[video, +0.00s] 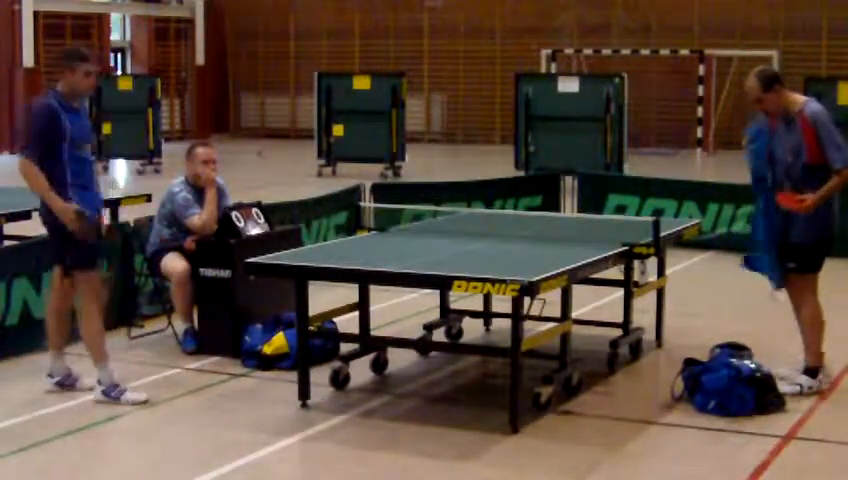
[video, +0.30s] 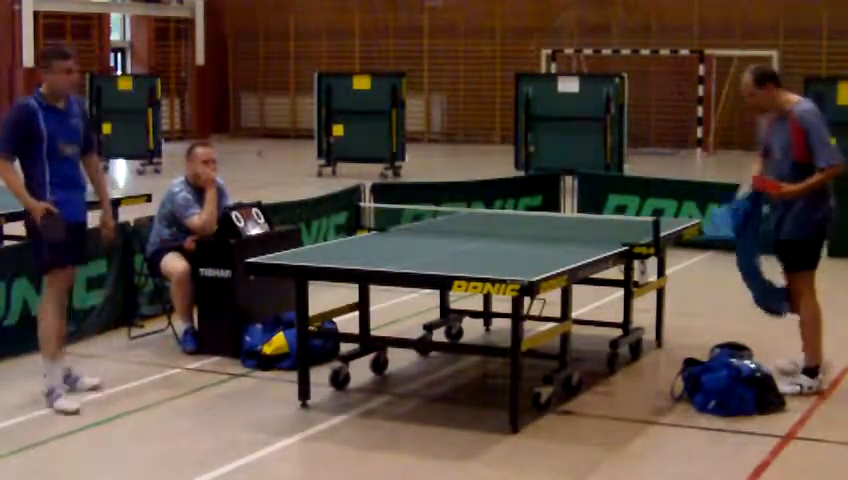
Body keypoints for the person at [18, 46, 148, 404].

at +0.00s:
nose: (92, 82)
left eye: (94, 76)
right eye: (87, 75)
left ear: (90, 79)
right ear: (66, 74)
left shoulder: (81, 112)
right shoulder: (45, 110)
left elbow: (86, 167)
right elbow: (28, 164)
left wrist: (99, 208)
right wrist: (59, 206)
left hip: (85, 209)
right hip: (65, 211)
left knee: (63, 286)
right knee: (91, 288)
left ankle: (57, 369)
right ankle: (106, 379)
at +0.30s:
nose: (73, 78)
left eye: (75, 72)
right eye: (66, 72)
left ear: (75, 75)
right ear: (45, 75)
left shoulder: (79, 110)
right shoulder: (25, 112)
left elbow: (92, 161)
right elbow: (6, 163)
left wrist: (106, 207)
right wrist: (30, 203)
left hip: (76, 212)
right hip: (47, 213)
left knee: (64, 285)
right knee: (55, 286)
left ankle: (60, 369)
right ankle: (52, 381)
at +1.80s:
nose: (102, 72)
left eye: (102, 65)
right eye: (96, 64)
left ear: (88, 68)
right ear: (73, 64)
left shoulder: (99, 112)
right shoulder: (36, 114)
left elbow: (110, 163)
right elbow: (22, 174)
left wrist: (121, 179)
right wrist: (64, 201)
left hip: (98, 228)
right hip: (58, 232)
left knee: (92, 308)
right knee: (59, 307)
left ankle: (80, 406)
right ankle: (36, 380)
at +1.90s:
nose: (109, 70)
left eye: (109, 64)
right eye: (103, 62)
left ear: (98, 66)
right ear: (80, 63)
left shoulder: (104, 109)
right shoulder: (49, 111)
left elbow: (118, 160)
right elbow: (48, 177)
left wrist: (121, 166)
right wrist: (110, 187)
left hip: (106, 227)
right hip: (70, 231)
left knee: (96, 312)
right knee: (79, 312)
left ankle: (81, 405)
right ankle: (55, 401)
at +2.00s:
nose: (114, 72)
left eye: (114, 64)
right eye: (109, 63)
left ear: (101, 66)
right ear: (87, 64)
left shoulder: (107, 108)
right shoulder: (61, 114)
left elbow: (130, 166)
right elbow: (71, 177)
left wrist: (123, 153)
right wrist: (134, 175)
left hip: (111, 228)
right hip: (82, 232)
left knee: (100, 317)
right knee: (95, 316)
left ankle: (84, 405)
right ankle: (84, 408)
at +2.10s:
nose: (126, 73)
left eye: (125, 66)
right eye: (121, 66)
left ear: (108, 68)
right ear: (100, 67)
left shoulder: (113, 110)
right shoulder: (75, 116)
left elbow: (129, 158)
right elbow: (89, 179)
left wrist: (156, 163)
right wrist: (149, 177)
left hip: (118, 232)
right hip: (95, 237)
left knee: (100, 318)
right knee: (114, 320)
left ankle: (82, 408)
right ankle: (122, 424)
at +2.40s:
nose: (165, 74)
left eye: (164, 67)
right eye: (161, 67)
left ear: (139, 68)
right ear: (147, 69)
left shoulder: (145, 114)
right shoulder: (121, 120)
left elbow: (151, 178)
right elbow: (120, 192)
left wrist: (180, 209)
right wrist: (174, 214)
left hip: (156, 238)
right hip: (139, 242)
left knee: (149, 330)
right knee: (151, 332)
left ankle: (98, 394)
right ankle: (168, 428)